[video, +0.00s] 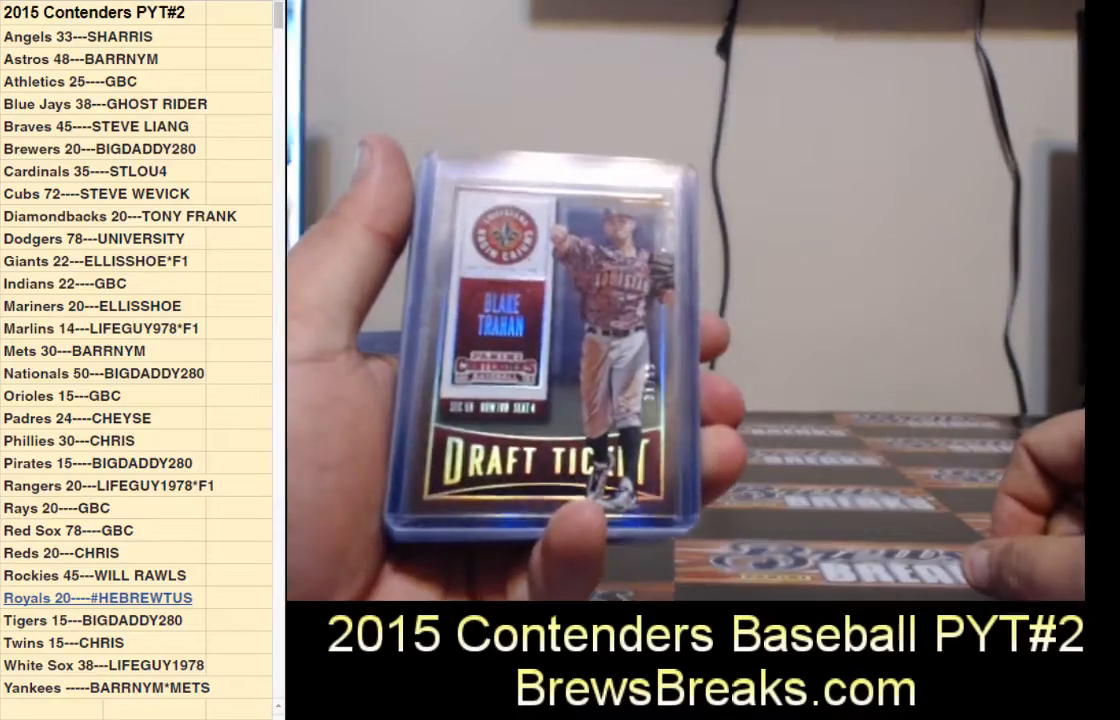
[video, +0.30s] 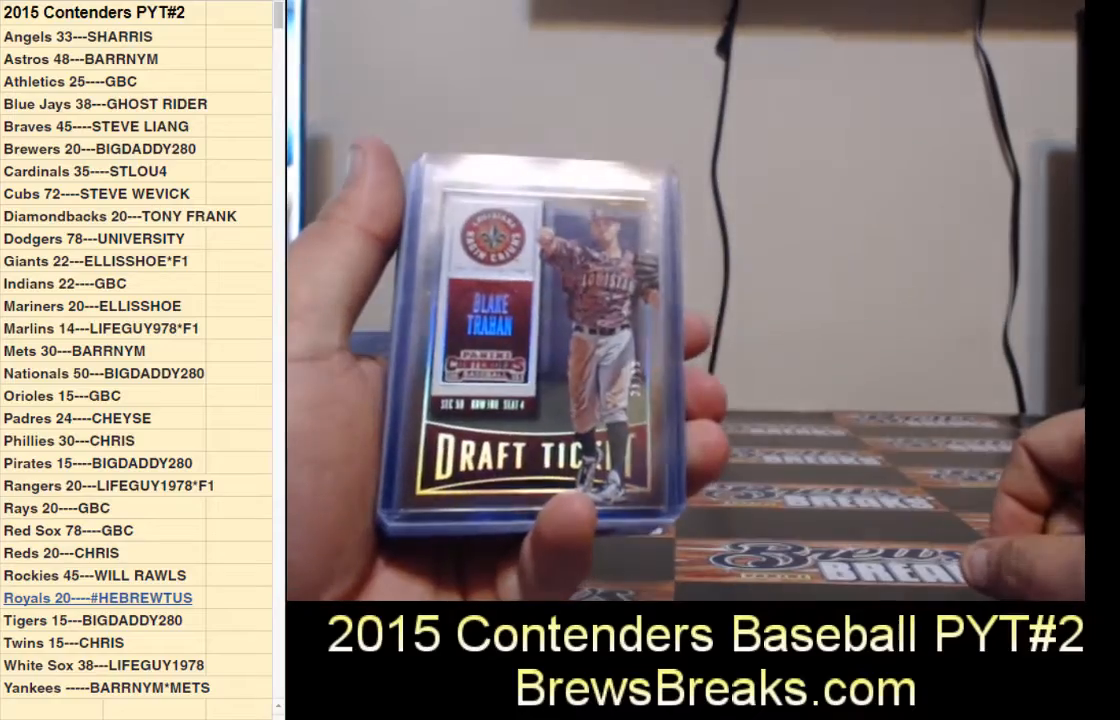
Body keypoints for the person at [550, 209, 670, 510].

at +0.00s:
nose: (616, 227)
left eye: (622, 221)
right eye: (610, 221)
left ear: (633, 225)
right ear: (604, 226)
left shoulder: (647, 261)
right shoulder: (591, 253)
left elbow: (668, 300)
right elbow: (570, 246)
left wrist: (668, 278)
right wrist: (561, 239)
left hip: (633, 339)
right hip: (596, 338)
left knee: (627, 409)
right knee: (594, 409)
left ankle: (629, 484)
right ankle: (600, 464)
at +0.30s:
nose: (602, 228)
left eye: (607, 223)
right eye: (597, 223)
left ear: (618, 227)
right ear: (590, 227)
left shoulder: (631, 262)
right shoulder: (578, 254)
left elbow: (654, 300)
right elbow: (557, 248)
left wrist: (652, 279)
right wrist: (548, 241)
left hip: (618, 339)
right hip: (583, 338)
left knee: (614, 407)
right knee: (581, 407)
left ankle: (616, 478)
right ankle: (590, 460)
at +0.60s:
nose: (600, 231)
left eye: (606, 225)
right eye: (595, 225)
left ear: (616, 229)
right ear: (588, 229)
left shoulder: (630, 263)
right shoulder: (576, 256)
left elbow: (653, 303)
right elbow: (553, 248)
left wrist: (651, 281)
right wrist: (546, 241)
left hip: (617, 340)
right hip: (582, 339)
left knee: (612, 408)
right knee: (579, 409)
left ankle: (613, 479)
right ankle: (586, 460)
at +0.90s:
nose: (604, 236)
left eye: (610, 231)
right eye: (600, 231)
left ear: (619, 235)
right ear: (592, 234)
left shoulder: (633, 268)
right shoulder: (580, 262)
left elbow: (655, 307)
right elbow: (561, 255)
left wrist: (654, 286)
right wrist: (555, 252)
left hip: (621, 342)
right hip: (587, 342)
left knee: (617, 409)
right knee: (586, 410)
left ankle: (620, 478)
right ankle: (593, 459)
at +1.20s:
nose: (613, 244)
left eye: (619, 239)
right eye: (610, 238)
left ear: (629, 243)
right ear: (604, 241)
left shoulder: (641, 275)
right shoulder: (591, 266)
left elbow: (680, 297)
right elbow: (564, 255)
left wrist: (668, 295)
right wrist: (567, 255)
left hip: (624, 343)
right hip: (592, 341)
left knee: (618, 407)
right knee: (587, 406)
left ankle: (615, 469)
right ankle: (588, 465)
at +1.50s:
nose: (649, 234)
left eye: (655, 230)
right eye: (646, 229)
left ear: (664, 235)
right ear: (640, 232)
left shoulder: (672, 265)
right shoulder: (628, 254)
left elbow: (683, 296)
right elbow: (604, 241)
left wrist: (690, 283)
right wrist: (604, 238)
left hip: (658, 323)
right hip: (627, 321)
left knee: (652, 386)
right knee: (623, 383)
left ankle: (648, 443)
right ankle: (623, 436)